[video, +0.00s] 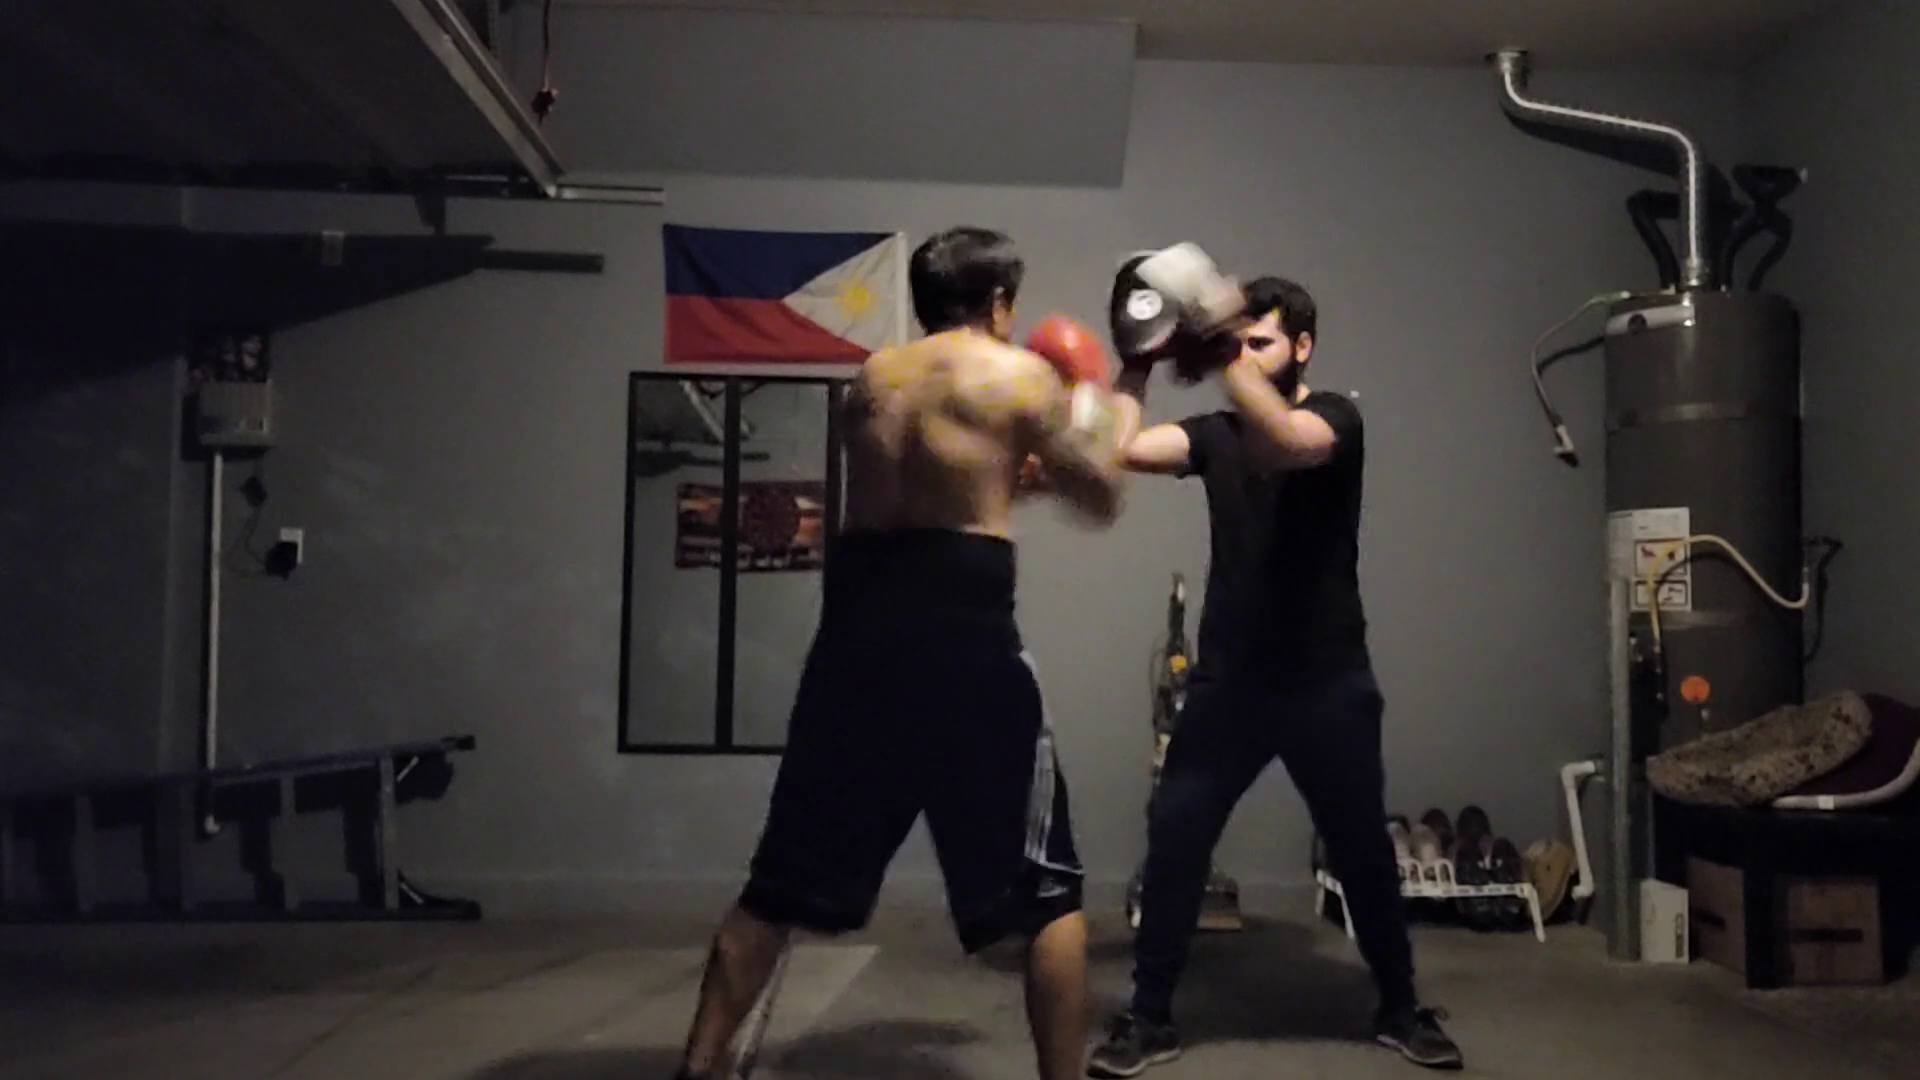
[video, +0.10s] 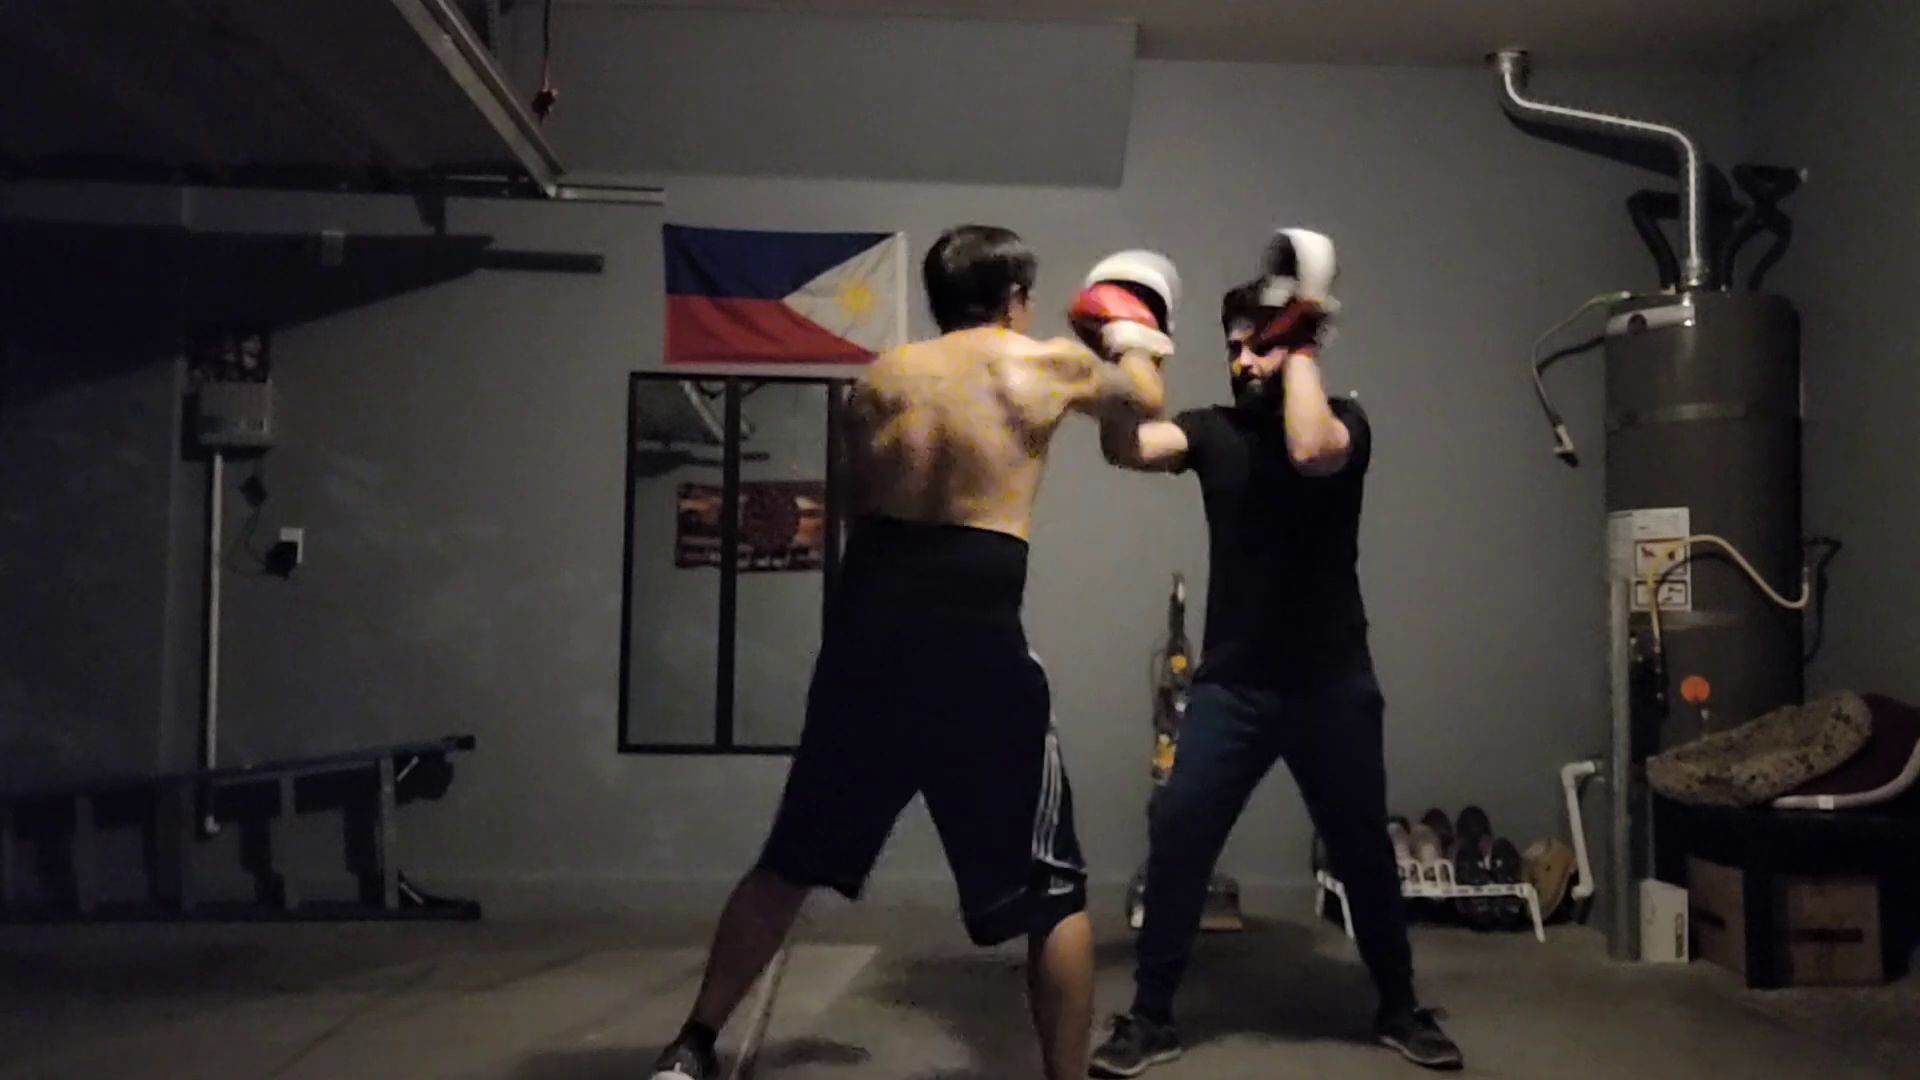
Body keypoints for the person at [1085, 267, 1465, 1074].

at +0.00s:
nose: (1239, 357)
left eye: (1255, 342)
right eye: (1231, 346)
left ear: (1300, 346)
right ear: (1220, 353)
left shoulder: (1337, 416)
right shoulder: (1216, 431)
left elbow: (1289, 438)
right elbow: (1117, 447)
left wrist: (1232, 362)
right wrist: (1135, 361)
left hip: (1326, 681)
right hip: (1229, 681)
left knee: (1363, 848)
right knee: (1177, 827)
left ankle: (1401, 1009)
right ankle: (1150, 1012)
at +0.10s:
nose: (1246, 359)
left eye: (1262, 344)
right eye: (1237, 347)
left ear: (1300, 347)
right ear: (1228, 354)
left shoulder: (1341, 420)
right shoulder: (1215, 428)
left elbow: (1314, 447)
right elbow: (1128, 446)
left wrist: (1300, 348)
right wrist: (1128, 361)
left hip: (1331, 684)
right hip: (1233, 683)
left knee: (1365, 852)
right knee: (1180, 825)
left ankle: (1400, 1007)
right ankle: (1151, 1013)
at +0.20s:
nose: (1265, 353)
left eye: (1279, 337)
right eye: (1253, 341)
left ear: (1308, 347)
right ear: (1236, 353)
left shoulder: (1342, 419)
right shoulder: (1222, 426)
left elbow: (1291, 452)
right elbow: (1139, 441)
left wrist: (1282, 363)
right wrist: (1120, 373)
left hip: (1330, 683)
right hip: (1233, 682)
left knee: (1364, 849)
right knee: (1180, 827)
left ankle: (1400, 1009)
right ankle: (1150, 1014)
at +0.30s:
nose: (1251, 361)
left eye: (1266, 347)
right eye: (1242, 350)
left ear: (1308, 349)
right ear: (1234, 356)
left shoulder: (1339, 419)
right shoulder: (1226, 423)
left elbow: (1294, 445)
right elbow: (1144, 446)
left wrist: (1214, 382)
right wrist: (1107, 394)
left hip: (1329, 681)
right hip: (1234, 680)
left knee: (1363, 845)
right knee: (1177, 827)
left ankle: (1400, 1008)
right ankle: (1149, 1016)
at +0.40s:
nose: (1263, 360)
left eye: (1277, 342)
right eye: (1252, 346)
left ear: (1311, 347)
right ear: (1238, 359)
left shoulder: (1351, 422)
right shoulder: (1222, 433)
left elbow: (1328, 444)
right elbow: (1126, 438)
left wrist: (1285, 357)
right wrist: (1152, 354)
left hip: (1330, 686)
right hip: (1232, 684)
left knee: (1364, 853)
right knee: (1176, 832)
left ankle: (1400, 1008)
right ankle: (1150, 1012)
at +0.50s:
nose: (1256, 364)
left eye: (1272, 350)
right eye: (1250, 350)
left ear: (1314, 352)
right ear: (1245, 355)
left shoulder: (1359, 423)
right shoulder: (1227, 425)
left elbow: (1340, 447)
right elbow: (1141, 423)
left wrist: (1336, 348)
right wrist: (1131, 344)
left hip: (1331, 687)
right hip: (1232, 682)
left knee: (1363, 849)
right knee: (1179, 826)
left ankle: (1401, 1007)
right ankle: (1150, 1014)